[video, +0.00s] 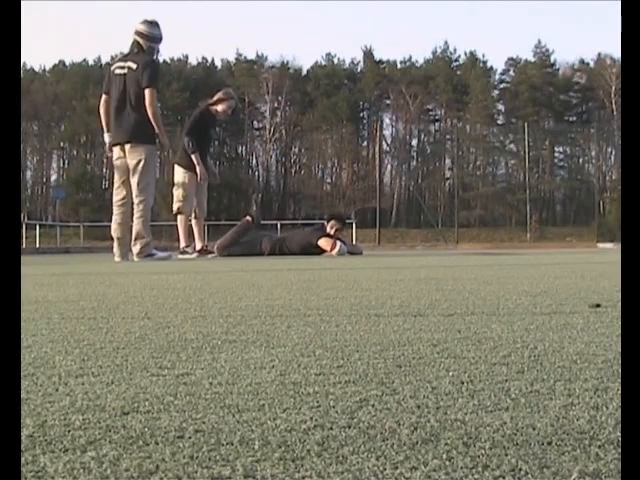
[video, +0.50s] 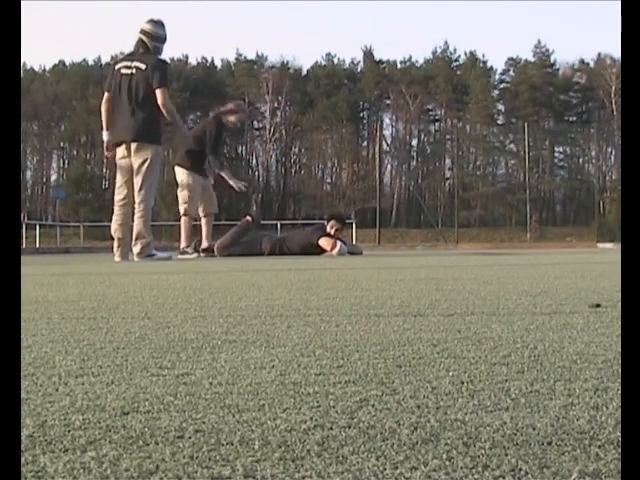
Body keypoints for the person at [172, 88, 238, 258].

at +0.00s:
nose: (228, 112)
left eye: (231, 109)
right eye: (228, 107)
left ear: (225, 106)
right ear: (219, 102)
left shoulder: (211, 119)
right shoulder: (201, 113)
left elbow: (202, 149)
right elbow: (188, 139)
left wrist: (210, 166)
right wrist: (198, 165)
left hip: (198, 167)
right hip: (185, 165)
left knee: (199, 208)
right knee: (184, 206)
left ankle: (200, 245)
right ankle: (184, 245)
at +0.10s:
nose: (229, 113)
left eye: (231, 110)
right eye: (229, 108)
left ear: (226, 106)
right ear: (221, 102)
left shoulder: (211, 119)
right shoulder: (202, 113)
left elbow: (202, 149)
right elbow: (189, 140)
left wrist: (210, 167)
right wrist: (200, 165)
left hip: (198, 167)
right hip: (185, 165)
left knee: (199, 208)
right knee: (184, 206)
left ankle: (200, 245)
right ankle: (184, 245)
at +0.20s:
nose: (229, 114)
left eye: (232, 111)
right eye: (230, 109)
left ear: (225, 106)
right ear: (222, 103)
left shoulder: (212, 118)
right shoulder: (203, 115)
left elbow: (202, 145)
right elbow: (194, 143)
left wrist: (209, 166)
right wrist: (206, 167)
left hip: (199, 167)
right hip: (186, 165)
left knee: (200, 208)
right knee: (184, 206)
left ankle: (200, 245)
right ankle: (184, 246)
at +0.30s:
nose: (229, 115)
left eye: (232, 112)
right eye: (229, 110)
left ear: (226, 107)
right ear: (222, 104)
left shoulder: (212, 118)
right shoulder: (204, 115)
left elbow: (202, 146)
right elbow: (197, 144)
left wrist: (208, 168)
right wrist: (211, 168)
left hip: (199, 166)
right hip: (186, 164)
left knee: (200, 207)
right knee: (185, 206)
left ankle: (201, 245)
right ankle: (184, 246)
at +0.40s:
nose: (232, 118)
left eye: (235, 115)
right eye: (233, 114)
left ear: (227, 111)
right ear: (225, 108)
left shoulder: (216, 121)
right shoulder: (209, 118)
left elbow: (204, 149)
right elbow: (205, 148)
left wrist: (208, 171)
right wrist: (222, 174)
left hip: (200, 167)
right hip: (186, 164)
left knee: (207, 206)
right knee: (186, 205)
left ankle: (202, 244)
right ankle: (184, 246)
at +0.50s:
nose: (236, 124)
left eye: (239, 121)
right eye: (237, 119)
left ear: (233, 116)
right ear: (230, 113)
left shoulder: (220, 127)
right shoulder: (213, 124)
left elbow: (210, 157)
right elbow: (211, 156)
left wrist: (210, 175)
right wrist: (231, 180)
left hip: (200, 170)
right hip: (187, 167)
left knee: (208, 208)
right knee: (187, 208)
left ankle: (206, 245)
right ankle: (184, 246)